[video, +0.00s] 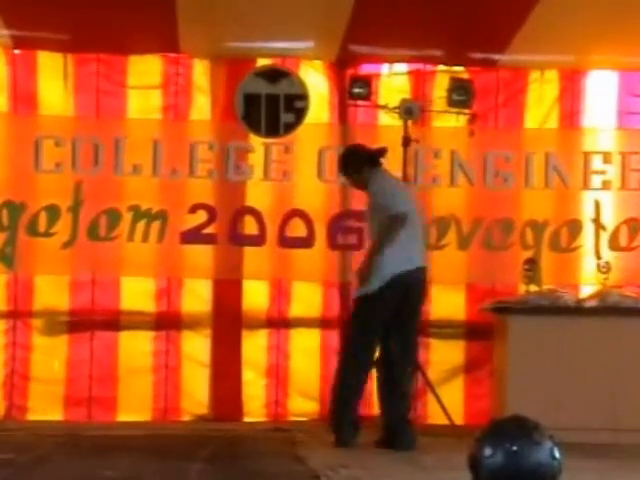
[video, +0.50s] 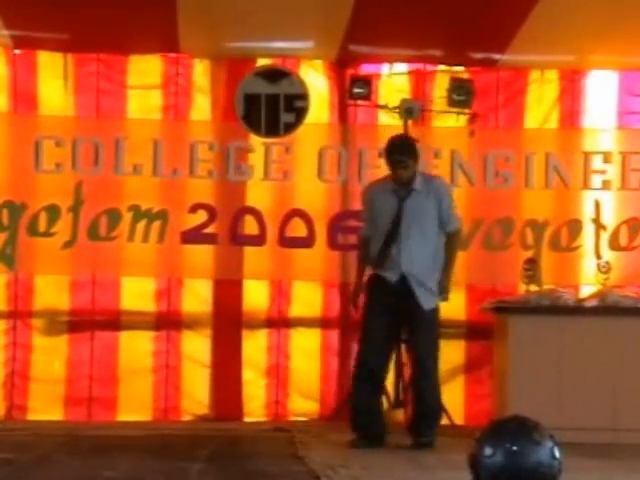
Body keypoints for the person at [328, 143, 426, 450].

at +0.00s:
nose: (351, 184)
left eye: (350, 177)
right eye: (348, 178)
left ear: (357, 169)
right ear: (372, 162)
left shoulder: (380, 185)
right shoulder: (395, 186)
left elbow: (399, 216)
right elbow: (416, 230)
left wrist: (370, 259)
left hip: (388, 274)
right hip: (412, 273)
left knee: (357, 353)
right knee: (399, 355)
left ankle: (345, 424)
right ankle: (398, 429)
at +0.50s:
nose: (401, 173)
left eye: (406, 166)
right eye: (396, 167)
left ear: (417, 163)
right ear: (387, 165)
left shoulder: (436, 190)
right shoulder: (374, 193)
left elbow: (453, 233)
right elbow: (367, 236)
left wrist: (445, 276)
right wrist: (359, 280)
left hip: (423, 285)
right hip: (383, 284)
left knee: (425, 362)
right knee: (370, 360)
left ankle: (425, 430)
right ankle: (369, 430)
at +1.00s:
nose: (419, 176)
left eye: (424, 170)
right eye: (413, 169)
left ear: (433, 165)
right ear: (402, 163)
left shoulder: (446, 187)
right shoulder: (381, 187)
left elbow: (463, 226)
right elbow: (369, 231)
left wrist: (448, 266)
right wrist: (375, 270)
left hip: (427, 282)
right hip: (389, 281)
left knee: (424, 356)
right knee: (396, 355)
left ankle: (420, 427)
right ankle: (406, 426)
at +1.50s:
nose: (382, 182)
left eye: (387, 175)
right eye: (377, 175)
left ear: (394, 172)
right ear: (364, 170)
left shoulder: (405, 190)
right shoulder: (343, 198)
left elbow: (421, 224)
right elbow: (339, 249)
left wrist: (413, 253)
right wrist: (350, 291)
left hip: (400, 284)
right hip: (364, 285)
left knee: (416, 345)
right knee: (374, 360)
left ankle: (406, 388)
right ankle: (389, 433)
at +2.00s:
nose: (360, 186)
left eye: (365, 179)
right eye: (354, 178)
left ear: (372, 177)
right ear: (341, 175)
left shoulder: (384, 203)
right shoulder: (319, 206)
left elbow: (402, 236)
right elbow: (314, 253)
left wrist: (392, 275)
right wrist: (328, 287)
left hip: (383, 294)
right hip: (344, 298)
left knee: (402, 361)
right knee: (355, 370)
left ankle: (369, 434)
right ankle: (383, 435)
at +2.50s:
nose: (345, 182)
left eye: (351, 176)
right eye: (340, 175)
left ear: (359, 172)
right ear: (327, 168)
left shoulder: (370, 195)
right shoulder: (302, 193)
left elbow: (380, 237)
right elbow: (286, 239)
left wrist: (364, 279)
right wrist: (285, 280)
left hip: (346, 293)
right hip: (306, 289)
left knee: (335, 374)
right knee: (289, 363)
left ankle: (324, 444)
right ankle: (263, 432)